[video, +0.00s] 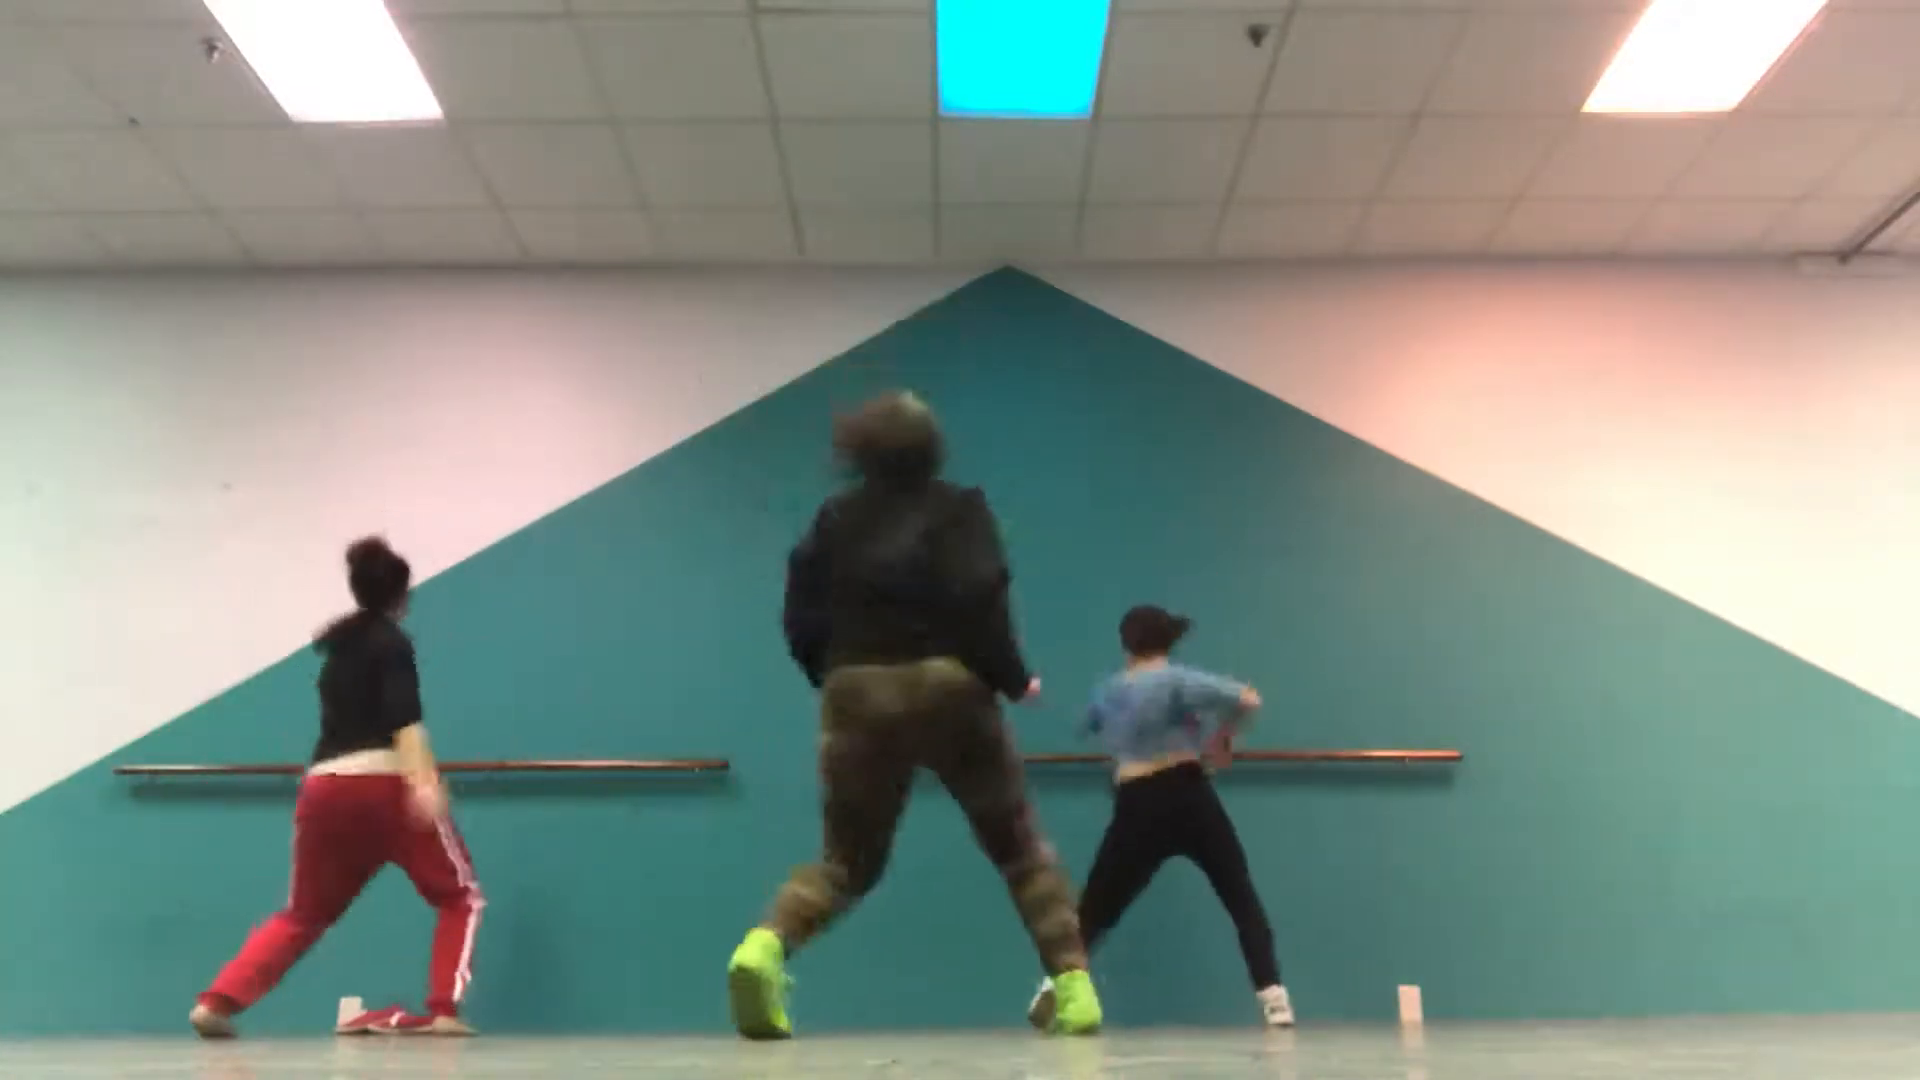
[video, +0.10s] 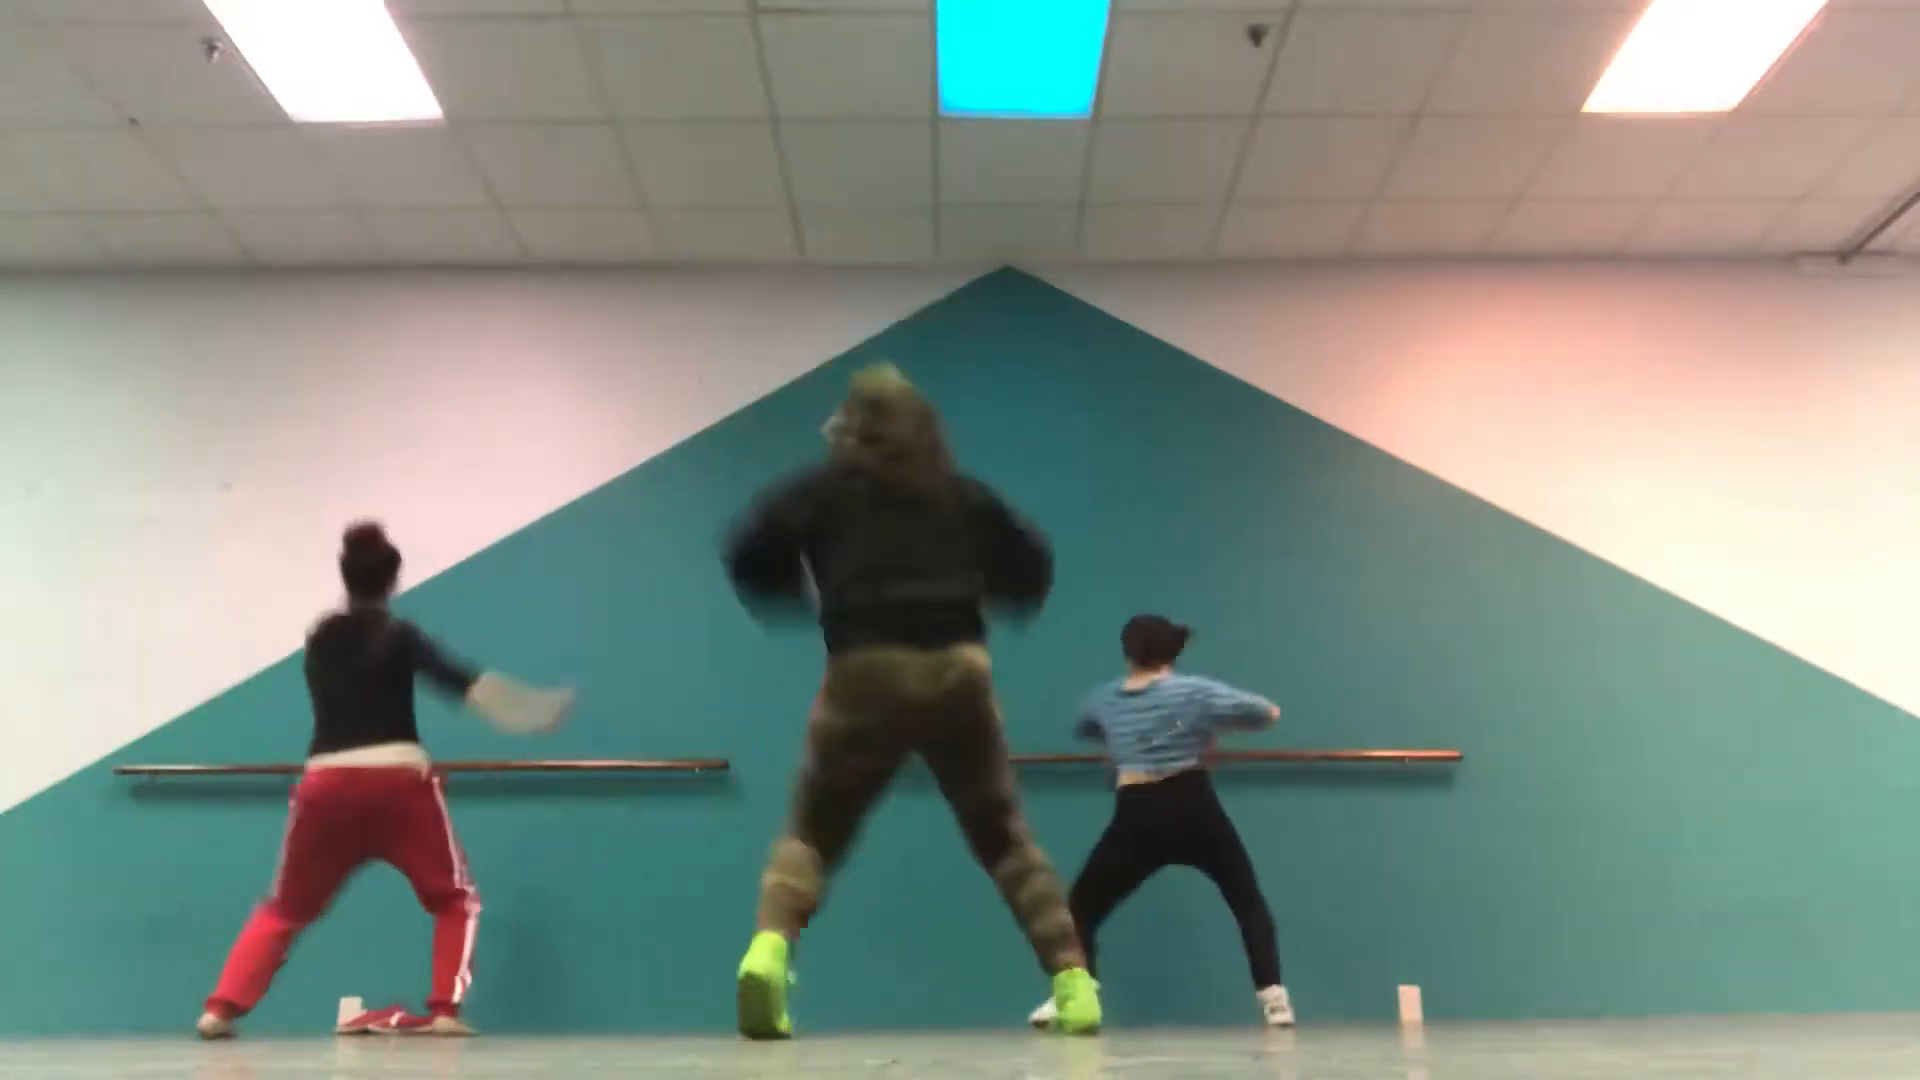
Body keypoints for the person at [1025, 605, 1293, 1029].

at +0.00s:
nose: (1171, 649)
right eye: (1171, 642)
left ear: (1128, 646)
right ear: (1168, 644)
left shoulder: (1110, 690)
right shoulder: (1178, 679)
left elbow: (1086, 729)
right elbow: (1248, 699)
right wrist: (1224, 738)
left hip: (1137, 799)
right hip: (1188, 791)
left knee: (1100, 900)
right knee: (1238, 893)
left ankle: (1058, 982)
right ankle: (1272, 993)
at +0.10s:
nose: (1178, 659)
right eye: (1176, 653)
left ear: (1129, 656)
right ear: (1171, 655)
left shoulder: (1107, 699)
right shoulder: (1191, 692)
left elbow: (1082, 729)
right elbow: (1267, 713)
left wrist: (1127, 729)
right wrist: (1213, 722)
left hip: (1137, 817)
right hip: (1194, 812)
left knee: (1082, 906)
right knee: (1245, 898)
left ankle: (1073, 995)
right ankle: (1273, 994)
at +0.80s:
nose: (1016, 627)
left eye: (1027, 621)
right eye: (1011, 620)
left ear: (1049, 634)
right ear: (1003, 632)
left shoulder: (1064, 686)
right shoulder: (986, 681)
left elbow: (1100, 749)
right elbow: (940, 727)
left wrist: (1067, 795)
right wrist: (934, 780)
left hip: (1045, 800)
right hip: (998, 800)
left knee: (1013, 893)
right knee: (937, 895)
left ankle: (1075, 991)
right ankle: (921, 999)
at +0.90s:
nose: (1024, 595)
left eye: (1036, 588)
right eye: (1019, 587)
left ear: (1056, 603)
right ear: (1010, 600)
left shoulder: (1067, 651)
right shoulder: (1002, 657)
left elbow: (1094, 710)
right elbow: (991, 718)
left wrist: (1075, 760)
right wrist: (978, 765)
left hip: (1061, 762)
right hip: (1019, 764)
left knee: (1032, 875)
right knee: (989, 877)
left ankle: (1078, 991)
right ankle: (940, 989)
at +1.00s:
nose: (1040, 579)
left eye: (1052, 571)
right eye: (1036, 571)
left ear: (1074, 585)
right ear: (1030, 583)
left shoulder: (1072, 628)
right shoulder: (1036, 634)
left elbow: (1096, 685)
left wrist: (1100, 739)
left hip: (1064, 738)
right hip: (1033, 741)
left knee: (1047, 863)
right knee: (1026, 864)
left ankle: (1081, 987)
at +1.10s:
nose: (1062, 589)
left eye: (1073, 580)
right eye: (1056, 582)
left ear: (1096, 589)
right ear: (1050, 593)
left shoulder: (1088, 633)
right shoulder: (1062, 635)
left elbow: (1108, 701)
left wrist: (1116, 764)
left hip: (1065, 739)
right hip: (1047, 740)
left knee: (1059, 864)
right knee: (1061, 863)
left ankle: (1080, 986)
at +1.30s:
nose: (1104, 612)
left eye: (1113, 602)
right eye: (1096, 606)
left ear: (1135, 607)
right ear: (1091, 616)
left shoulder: (1129, 648)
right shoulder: (1109, 654)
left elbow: (1113, 708)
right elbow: (1106, 716)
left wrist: (1083, 767)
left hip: (1115, 762)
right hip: (1118, 765)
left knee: (1026, 835)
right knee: (1137, 888)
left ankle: (1049, 958)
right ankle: (1221, 973)